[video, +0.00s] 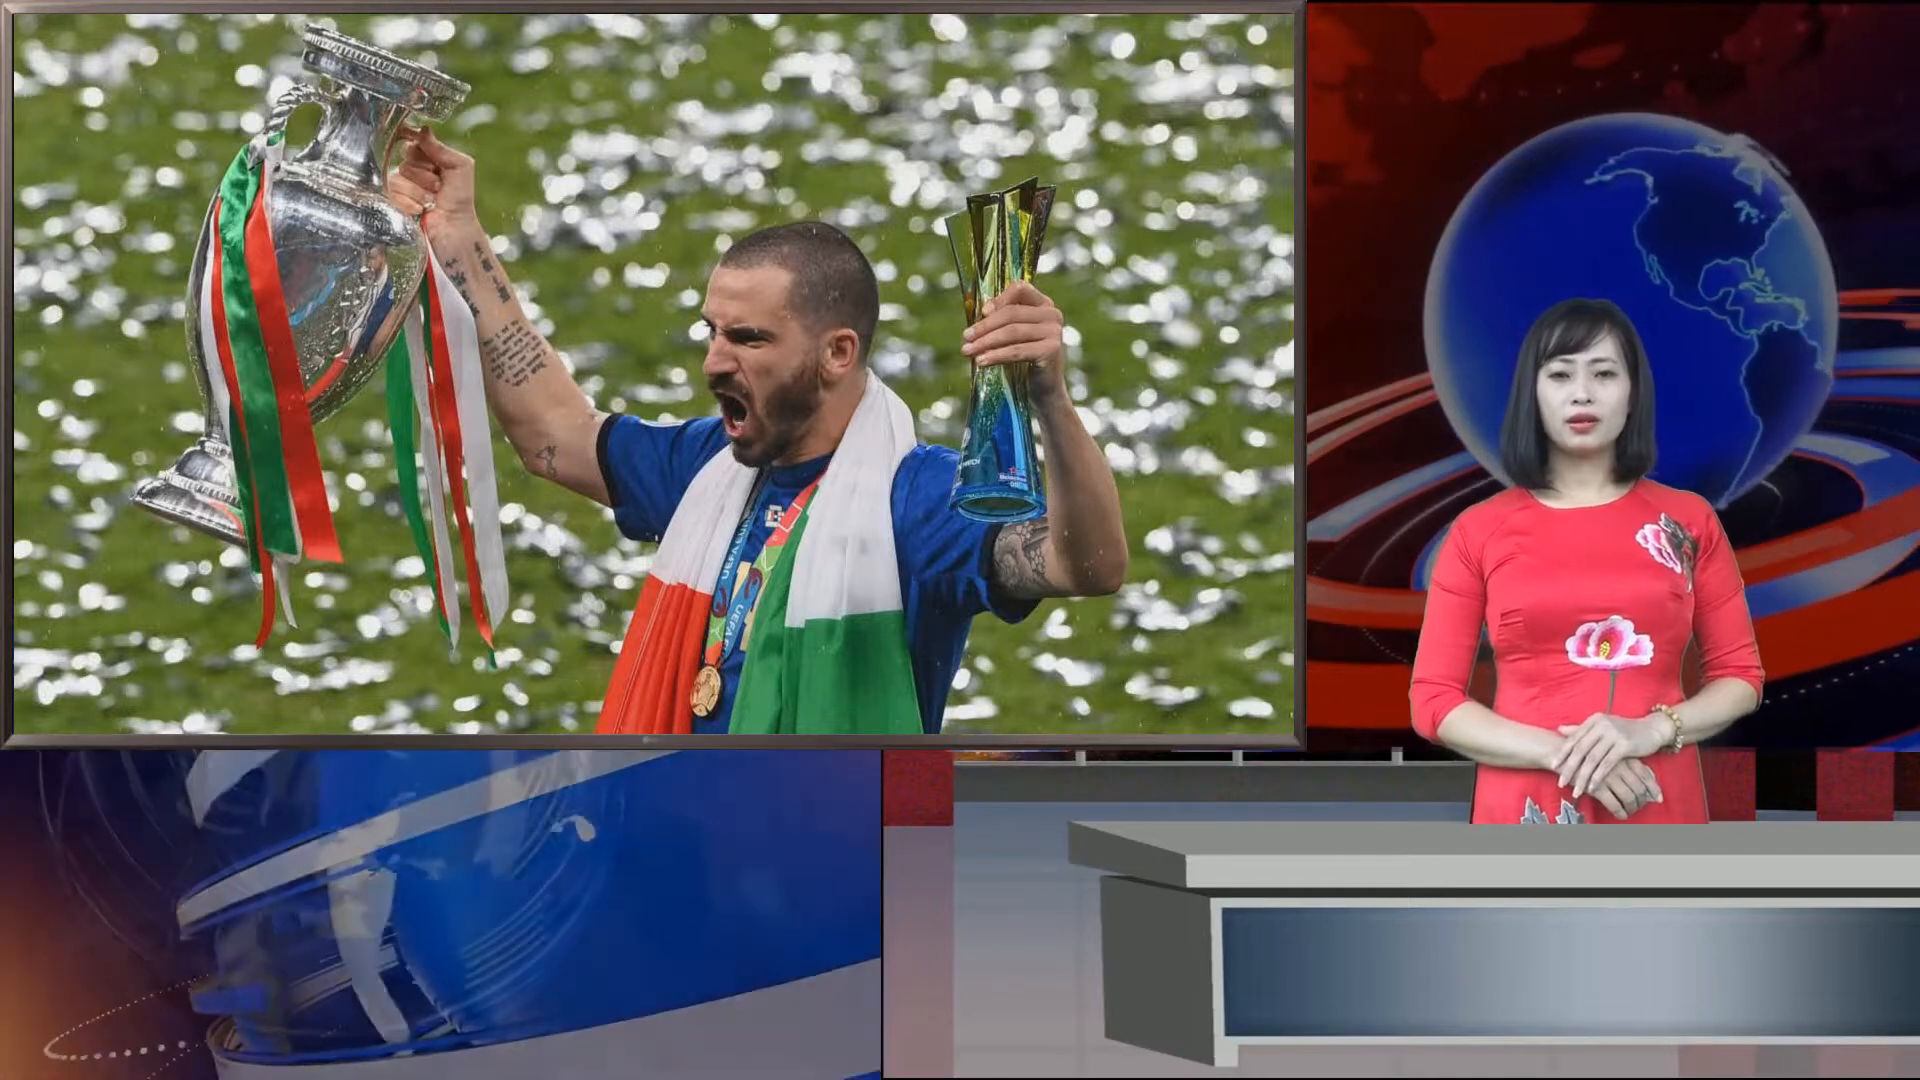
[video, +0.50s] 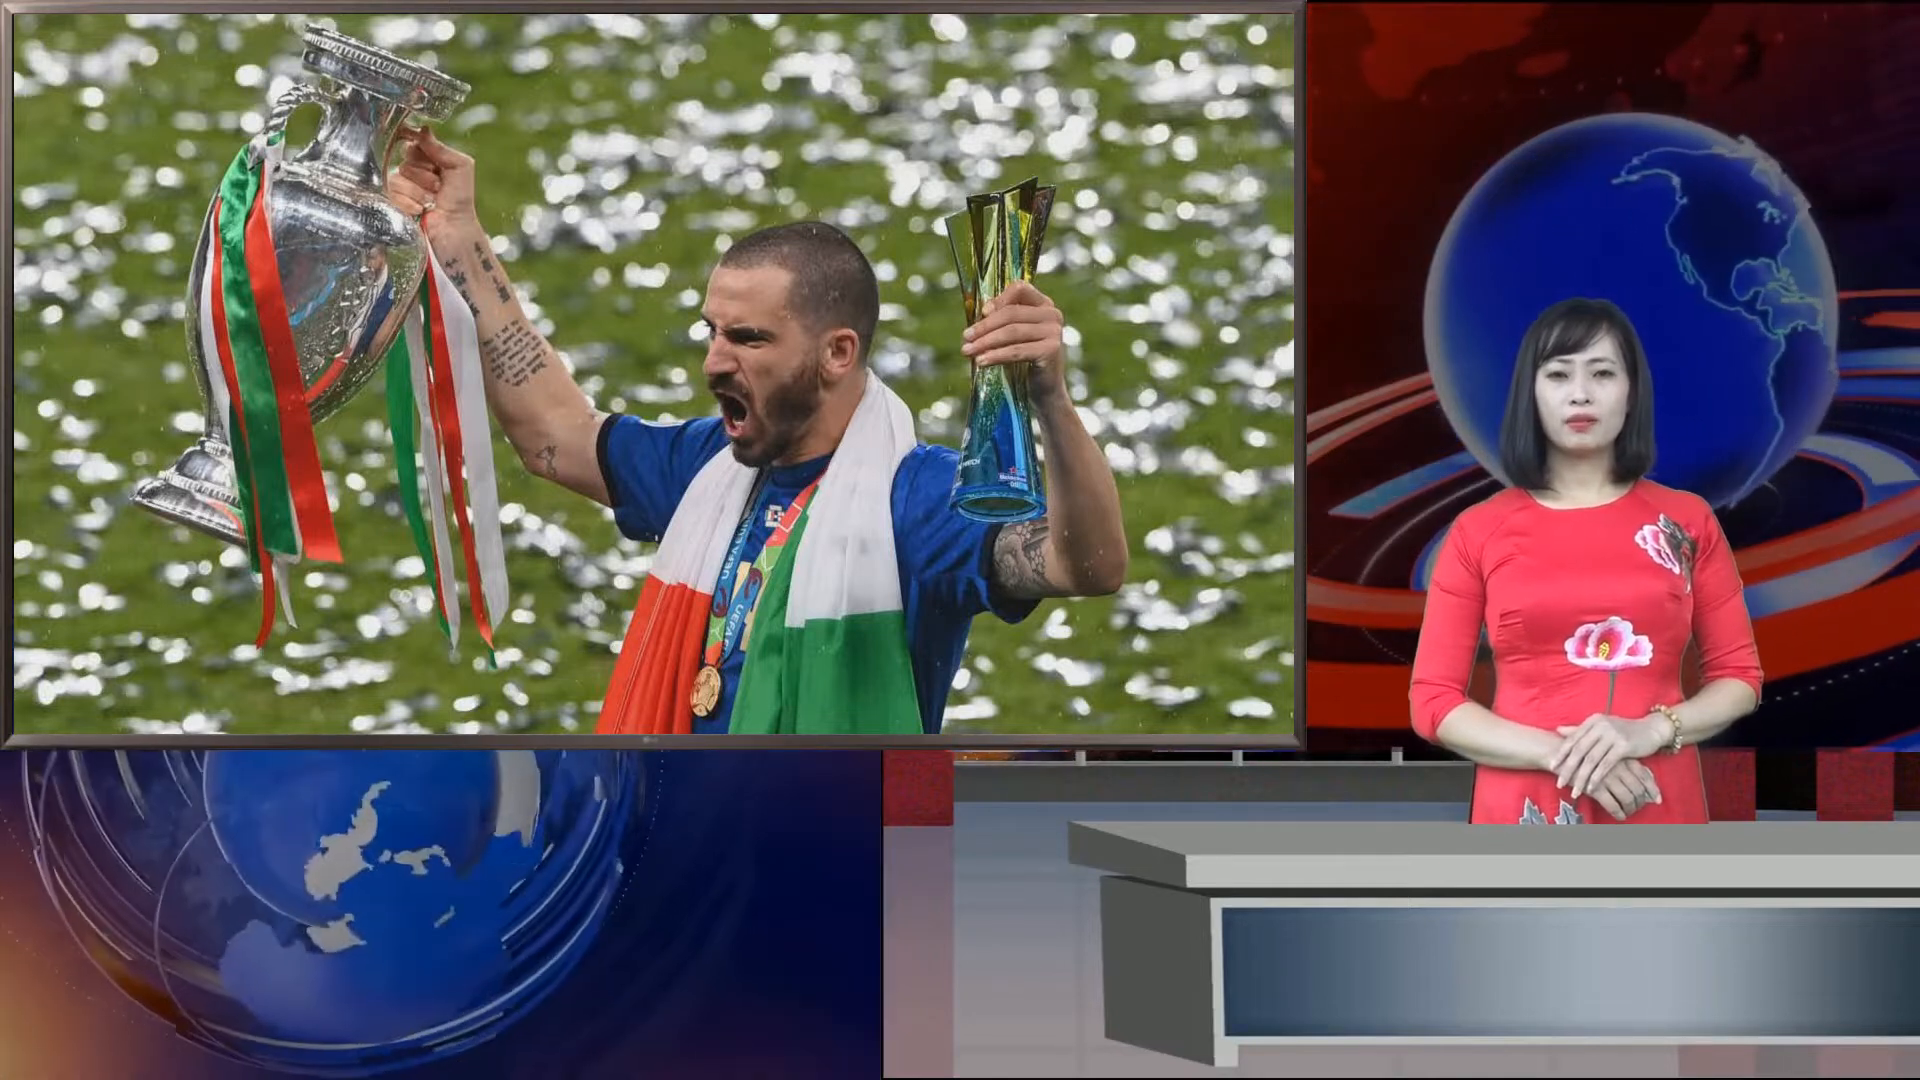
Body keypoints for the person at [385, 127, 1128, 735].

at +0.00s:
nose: (714, 362)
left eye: (747, 339)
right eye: (712, 334)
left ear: (839, 355)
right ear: (705, 328)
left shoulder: (915, 493)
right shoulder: (703, 466)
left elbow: (1089, 563)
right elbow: (557, 438)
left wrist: (1049, 399)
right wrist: (465, 254)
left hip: (826, 896)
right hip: (670, 889)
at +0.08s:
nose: (714, 362)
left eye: (747, 339)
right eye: (712, 334)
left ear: (839, 355)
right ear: (705, 328)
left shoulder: (915, 493)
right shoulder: (703, 466)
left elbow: (1089, 563)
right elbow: (558, 438)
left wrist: (1049, 399)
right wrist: (465, 254)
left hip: (825, 895)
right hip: (669, 887)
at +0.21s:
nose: (714, 362)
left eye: (747, 339)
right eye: (712, 334)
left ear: (839, 355)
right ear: (705, 328)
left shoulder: (915, 493)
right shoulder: (703, 466)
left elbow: (1089, 563)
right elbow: (557, 438)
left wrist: (1049, 399)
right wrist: (465, 254)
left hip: (824, 897)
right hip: (667, 890)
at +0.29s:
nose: (714, 362)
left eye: (747, 339)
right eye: (712, 334)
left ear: (839, 355)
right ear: (705, 328)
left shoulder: (915, 493)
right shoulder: (703, 466)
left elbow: (1089, 563)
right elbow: (557, 438)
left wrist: (1049, 399)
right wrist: (464, 253)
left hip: (824, 902)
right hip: (666, 894)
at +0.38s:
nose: (714, 362)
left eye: (747, 339)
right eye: (712, 334)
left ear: (839, 355)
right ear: (705, 328)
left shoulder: (914, 493)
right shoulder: (702, 466)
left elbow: (1089, 563)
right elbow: (557, 438)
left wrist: (1049, 398)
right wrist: (465, 254)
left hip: (825, 912)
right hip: (663, 901)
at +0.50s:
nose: (714, 362)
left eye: (747, 339)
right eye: (712, 334)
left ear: (839, 355)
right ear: (705, 328)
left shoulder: (914, 493)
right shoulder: (702, 466)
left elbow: (1089, 563)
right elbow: (557, 438)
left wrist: (1049, 399)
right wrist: (465, 254)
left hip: (825, 908)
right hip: (664, 898)